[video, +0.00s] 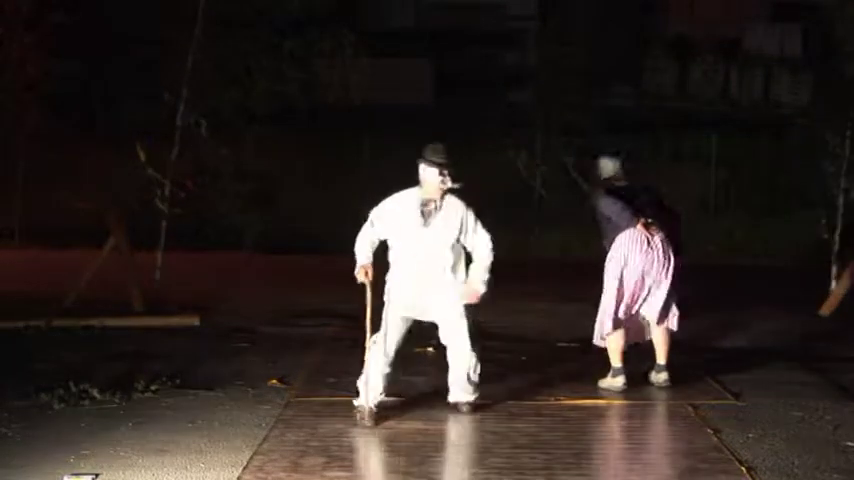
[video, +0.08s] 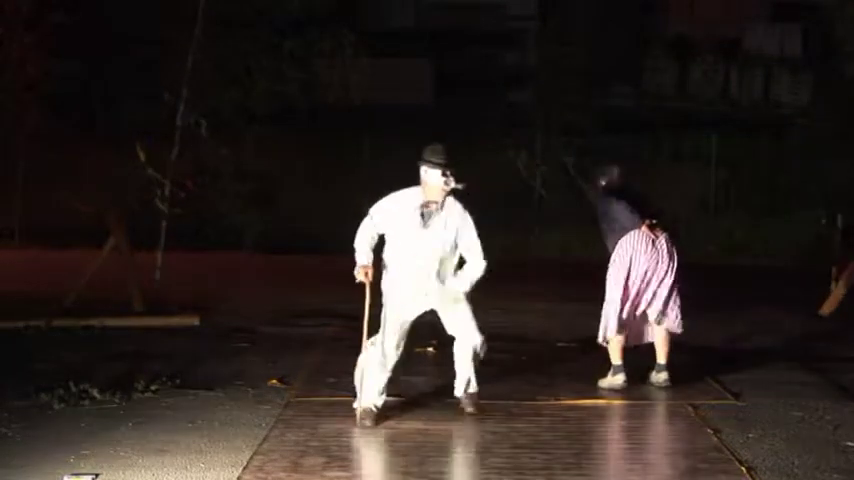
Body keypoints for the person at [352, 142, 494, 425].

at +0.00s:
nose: (442, 178)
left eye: (445, 172)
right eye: (436, 172)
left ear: (449, 176)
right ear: (421, 172)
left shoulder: (457, 210)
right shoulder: (397, 205)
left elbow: (482, 245)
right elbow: (370, 231)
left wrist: (476, 282)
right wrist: (364, 260)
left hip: (444, 291)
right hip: (403, 290)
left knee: (460, 345)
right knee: (385, 345)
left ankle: (463, 398)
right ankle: (367, 400)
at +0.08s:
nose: (446, 180)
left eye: (448, 174)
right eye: (439, 174)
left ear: (451, 177)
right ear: (424, 174)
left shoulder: (456, 213)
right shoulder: (396, 204)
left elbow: (476, 260)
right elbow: (367, 229)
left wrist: (457, 287)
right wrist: (363, 261)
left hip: (442, 287)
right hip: (402, 289)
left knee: (469, 337)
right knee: (389, 346)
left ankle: (466, 391)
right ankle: (368, 403)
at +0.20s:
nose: (459, 180)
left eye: (460, 173)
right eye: (452, 173)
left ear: (461, 176)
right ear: (434, 172)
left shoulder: (463, 210)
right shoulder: (402, 199)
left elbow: (470, 257)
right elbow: (367, 220)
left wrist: (430, 264)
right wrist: (365, 254)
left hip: (450, 281)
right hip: (407, 280)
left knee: (473, 333)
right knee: (393, 338)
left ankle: (469, 403)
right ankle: (370, 403)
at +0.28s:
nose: (464, 180)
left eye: (465, 174)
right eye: (457, 173)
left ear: (467, 176)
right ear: (439, 173)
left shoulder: (468, 209)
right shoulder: (410, 197)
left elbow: (464, 251)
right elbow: (371, 217)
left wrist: (421, 243)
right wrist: (368, 252)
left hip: (453, 282)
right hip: (411, 280)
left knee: (465, 340)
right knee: (397, 336)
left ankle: (468, 407)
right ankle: (383, 402)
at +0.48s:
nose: (476, 199)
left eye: (478, 193)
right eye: (471, 191)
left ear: (478, 193)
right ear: (451, 186)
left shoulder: (474, 225)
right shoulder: (416, 206)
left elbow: (458, 258)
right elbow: (374, 227)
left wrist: (417, 252)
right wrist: (381, 266)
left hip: (462, 287)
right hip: (418, 289)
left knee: (497, 340)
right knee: (418, 351)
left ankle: (502, 399)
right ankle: (417, 413)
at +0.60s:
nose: (484, 206)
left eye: (486, 200)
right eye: (479, 198)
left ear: (486, 199)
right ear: (461, 192)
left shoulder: (480, 229)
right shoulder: (425, 208)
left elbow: (472, 272)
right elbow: (378, 227)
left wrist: (428, 264)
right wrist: (385, 269)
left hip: (470, 286)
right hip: (426, 287)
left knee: (513, 329)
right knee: (420, 347)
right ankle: (416, 411)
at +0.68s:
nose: (491, 207)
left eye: (495, 201)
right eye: (488, 200)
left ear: (494, 200)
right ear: (469, 192)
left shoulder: (488, 227)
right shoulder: (432, 202)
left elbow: (488, 274)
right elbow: (387, 224)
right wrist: (386, 268)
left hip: (475, 283)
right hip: (432, 285)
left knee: (519, 326)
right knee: (424, 346)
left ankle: (563, 378)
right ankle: (415, 410)